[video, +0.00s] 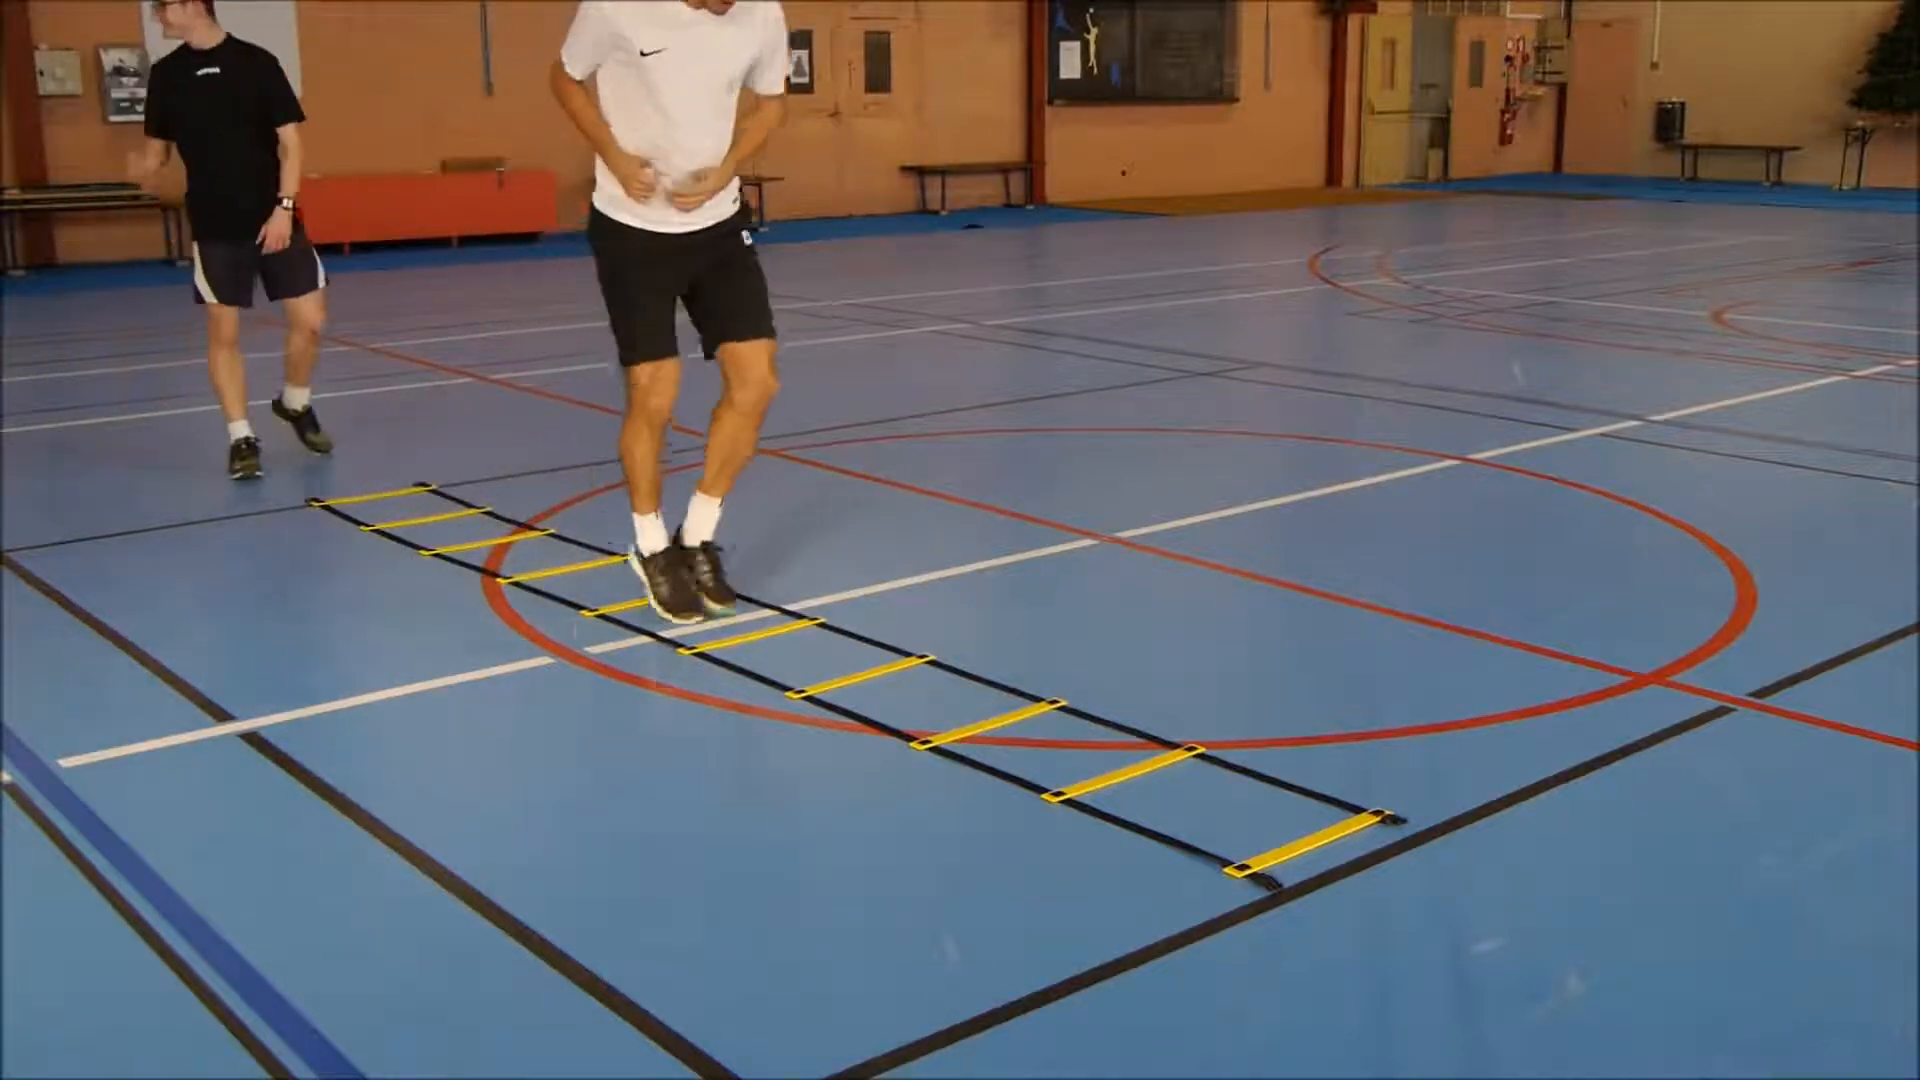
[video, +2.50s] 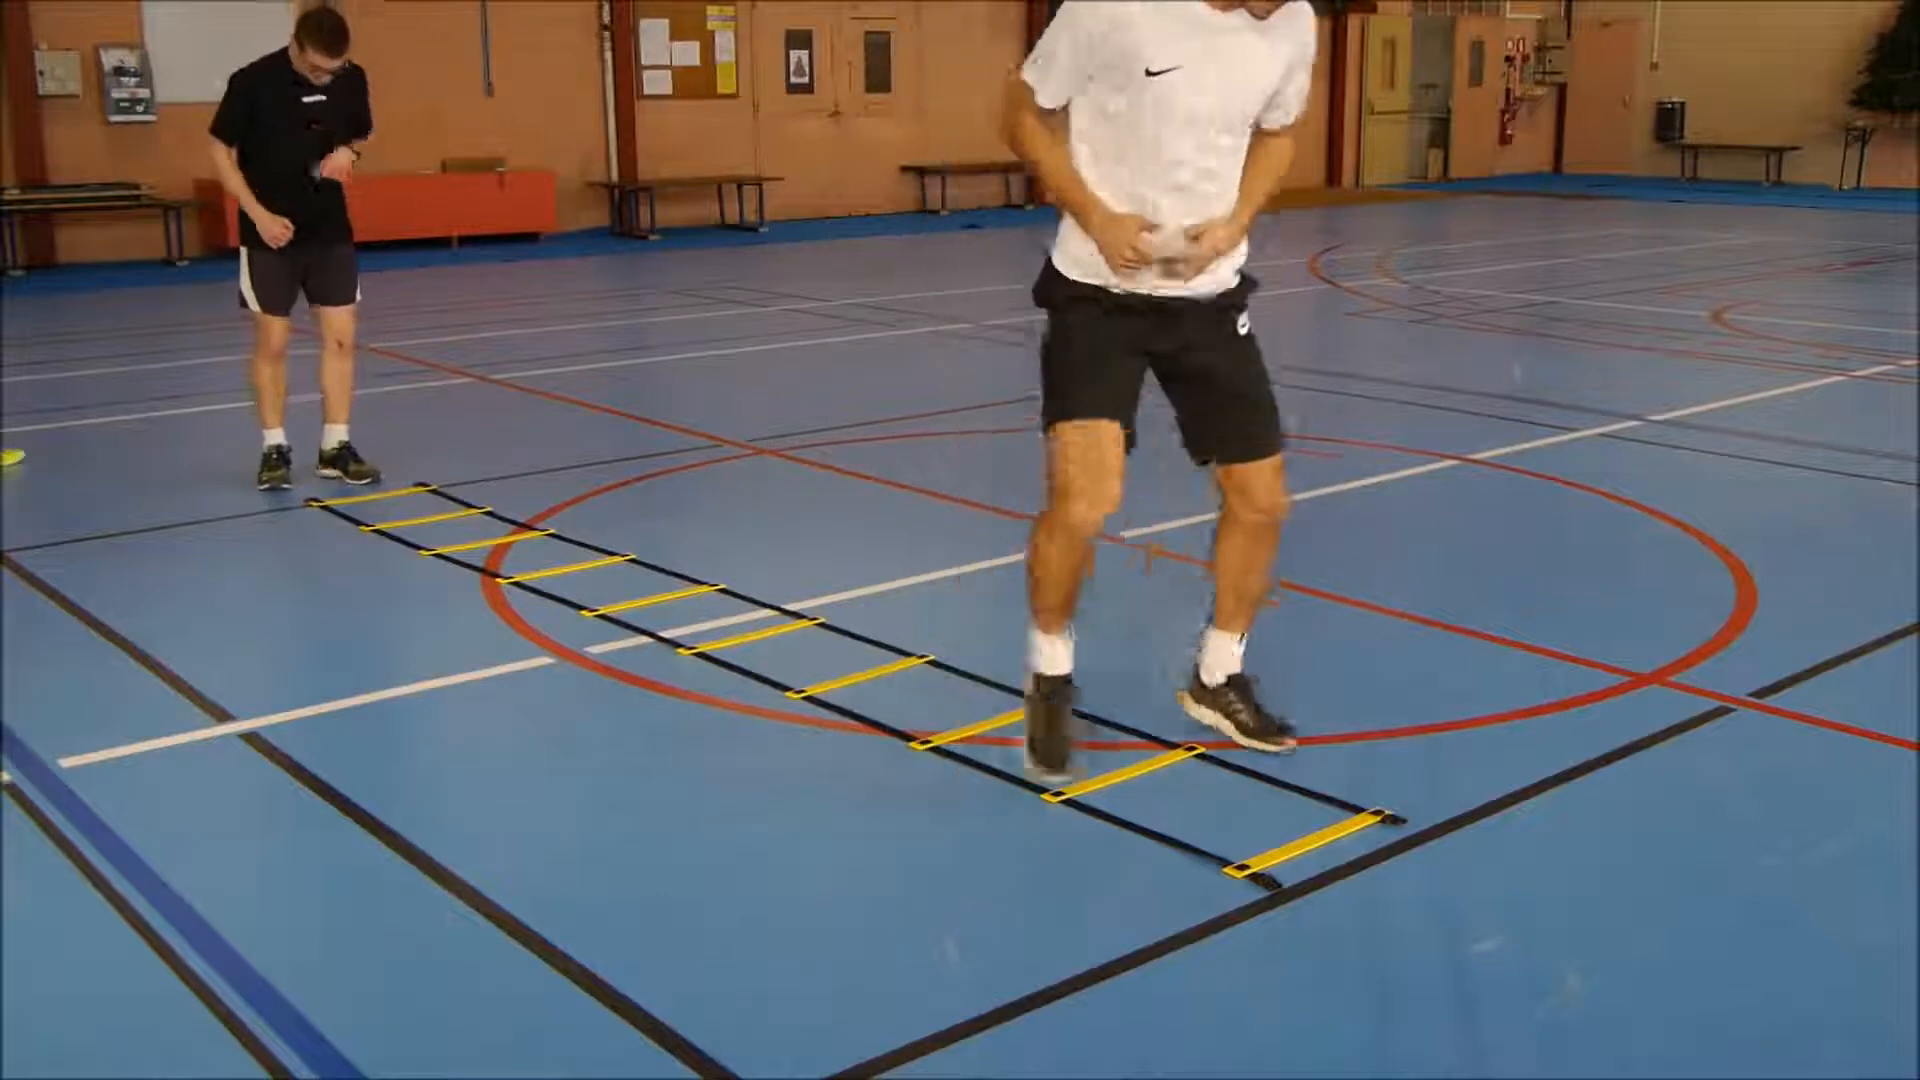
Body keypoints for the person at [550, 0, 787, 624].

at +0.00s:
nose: (721, 1)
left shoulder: (763, 14)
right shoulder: (613, 10)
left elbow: (767, 102)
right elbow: (568, 77)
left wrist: (726, 168)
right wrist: (614, 155)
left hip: (718, 226)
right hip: (633, 229)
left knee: (754, 383)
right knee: (654, 394)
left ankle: (696, 541)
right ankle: (651, 547)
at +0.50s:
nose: (822, 6)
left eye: (829, 3)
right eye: (813, 2)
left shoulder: (853, 24)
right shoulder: (698, 17)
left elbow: (854, 118)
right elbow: (654, 98)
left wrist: (818, 198)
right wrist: (708, 169)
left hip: (807, 242)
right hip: (714, 244)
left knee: (864, 405)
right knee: (744, 420)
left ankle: (835, 551)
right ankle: (767, 585)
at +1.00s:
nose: (913, 3)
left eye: (917, 0)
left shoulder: (912, 29)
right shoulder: (773, 26)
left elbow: (887, 116)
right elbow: (714, 131)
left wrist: (876, 202)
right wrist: (792, 210)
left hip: (862, 249)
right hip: (769, 259)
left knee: (961, 395)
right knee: (754, 441)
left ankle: (913, 562)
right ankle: (686, 613)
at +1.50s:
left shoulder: (1015, 27)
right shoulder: (853, 14)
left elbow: (1002, 123)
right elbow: (785, 103)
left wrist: (968, 205)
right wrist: (864, 196)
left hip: (947, 270)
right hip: (849, 263)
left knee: (1005, 448)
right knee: (860, 446)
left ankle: (913, 609)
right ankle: (810, 652)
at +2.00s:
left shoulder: (1148, 15)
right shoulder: (978, 9)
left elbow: (1134, 119)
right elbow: (888, 84)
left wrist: (1100, 205)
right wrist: (968, 176)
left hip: (1072, 269)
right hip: (970, 269)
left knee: (1147, 456)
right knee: (1018, 481)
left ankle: (1046, 616)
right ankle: (1006, 665)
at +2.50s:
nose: (1266, 3)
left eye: (1276, 2)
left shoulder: (1293, 22)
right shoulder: (1106, 13)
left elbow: (1277, 133)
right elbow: (1026, 113)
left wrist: (1235, 220)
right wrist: (1094, 217)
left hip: (1209, 300)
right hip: (1096, 295)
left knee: (1261, 500)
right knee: (1085, 500)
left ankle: (1218, 675)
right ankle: (1050, 674)